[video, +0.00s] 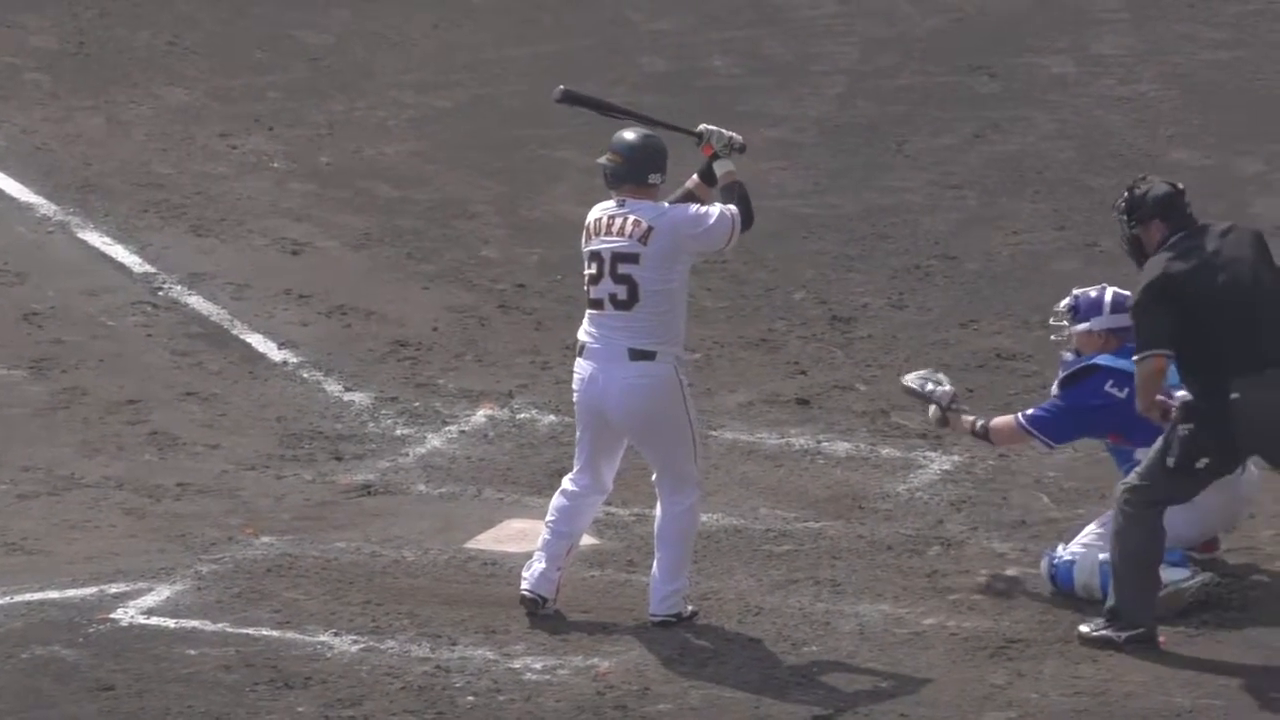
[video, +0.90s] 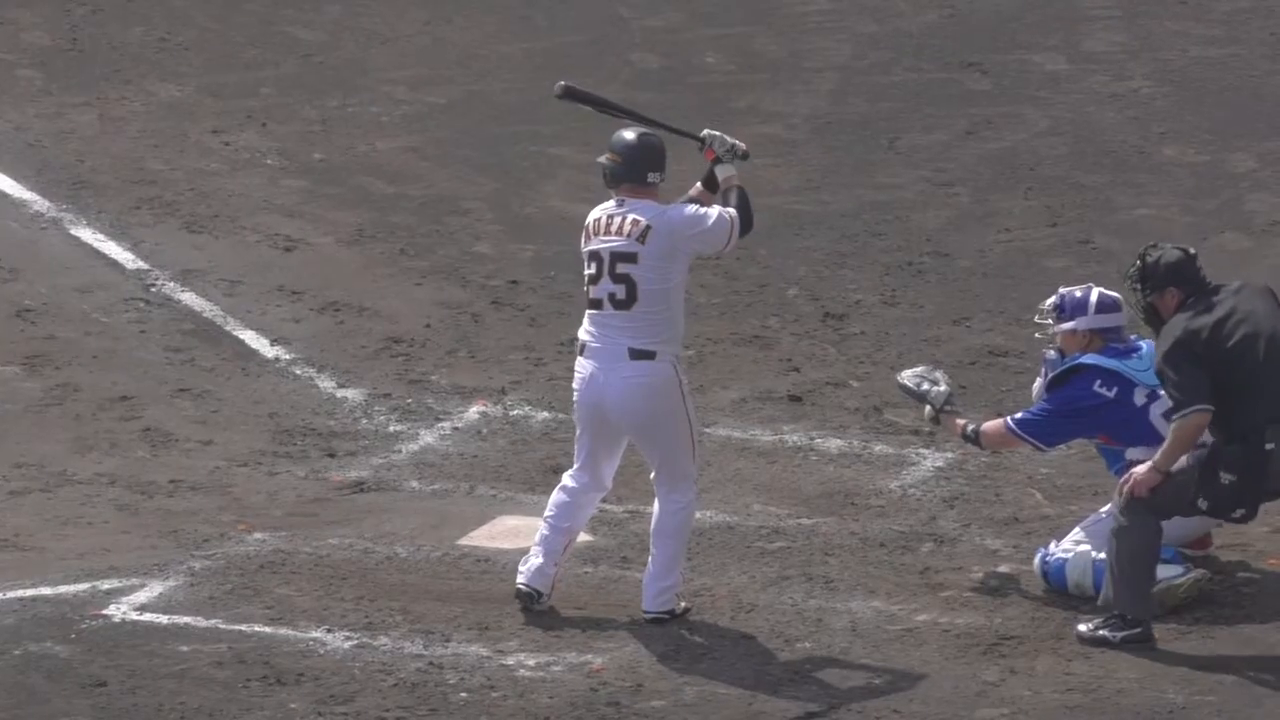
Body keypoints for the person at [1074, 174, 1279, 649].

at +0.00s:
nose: (1135, 238)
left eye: (1137, 228)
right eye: (1133, 228)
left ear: (1155, 227)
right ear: (1184, 215)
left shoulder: (1160, 280)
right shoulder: (1247, 238)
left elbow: (1154, 363)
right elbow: (1270, 306)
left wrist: (1148, 403)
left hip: (1227, 408)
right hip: (1272, 397)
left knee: (1137, 498)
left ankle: (1131, 622)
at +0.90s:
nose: (1148, 305)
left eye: (1150, 296)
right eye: (1145, 296)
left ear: (1172, 295)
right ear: (1197, 281)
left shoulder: (1180, 338)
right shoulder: (1258, 294)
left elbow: (1196, 415)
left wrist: (1157, 468)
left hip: (1251, 464)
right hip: (1274, 452)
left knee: (1136, 498)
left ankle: (1129, 618)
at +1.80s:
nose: (1113, 329)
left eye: (1115, 320)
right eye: (1111, 320)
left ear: (1135, 319)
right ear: (1163, 306)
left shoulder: (1136, 363)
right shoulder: (1220, 325)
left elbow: (1150, 444)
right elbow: (1269, 391)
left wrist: (1096, 484)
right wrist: (1262, 446)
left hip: (1198, 492)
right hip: (1264, 477)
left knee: (1074, 509)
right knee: (1266, 480)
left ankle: (1071, 624)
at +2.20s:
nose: (1063, 326)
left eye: (1066, 319)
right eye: (1061, 318)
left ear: (1085, 318)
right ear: (1112, 307)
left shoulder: (1086, 362)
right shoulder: (1165, 326)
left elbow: (1098, 438)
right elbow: (1217, 394)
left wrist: (1048, 474)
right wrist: (1199, 443)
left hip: (1142, 483)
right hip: (1204, 468)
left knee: (1029, 497)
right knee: (1214, 475)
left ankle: (1025, 604)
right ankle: (1257, 571)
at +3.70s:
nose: (1032, 307)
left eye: (1034, 299)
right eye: (1031, 299)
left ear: (1049, 298)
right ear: (1072, 288)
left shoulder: (1056, 342)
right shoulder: (1114, 300)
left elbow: (1069, 420)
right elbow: (1151, 361)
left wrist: (1044, 471)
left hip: (1123, 439)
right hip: (1173, 418)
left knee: (1040, 495)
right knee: (1210, 494)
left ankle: (1051, 593)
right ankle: (1264, 564)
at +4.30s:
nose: (1065, 262)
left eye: (1067, 254)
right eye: (1065, 254)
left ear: (1083, 256)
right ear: (1108, 248)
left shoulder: (1078, 307)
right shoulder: (1149, 273)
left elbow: (1075, 385)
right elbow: (1186, 317)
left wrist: (1071, 448)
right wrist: (1207, 323)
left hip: (1122, 417)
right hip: (1172, 404)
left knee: (1089, 512)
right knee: (1181, 506)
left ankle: (1086, 610)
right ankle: (1226, 604)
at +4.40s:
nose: (1086, 260)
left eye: (1087, 251)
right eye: (1086, 251)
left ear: (1100, 253)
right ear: (1131, 244)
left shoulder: (1094, 308)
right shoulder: (1169, 273)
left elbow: (1088, 384)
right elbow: (1201, 303)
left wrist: (1079, 444)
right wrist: (1220, 285)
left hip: (1131, 418)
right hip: (1184, 407)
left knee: (1100, 513)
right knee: (1192, 508)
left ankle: (1090, 610)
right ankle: (1231, 609)